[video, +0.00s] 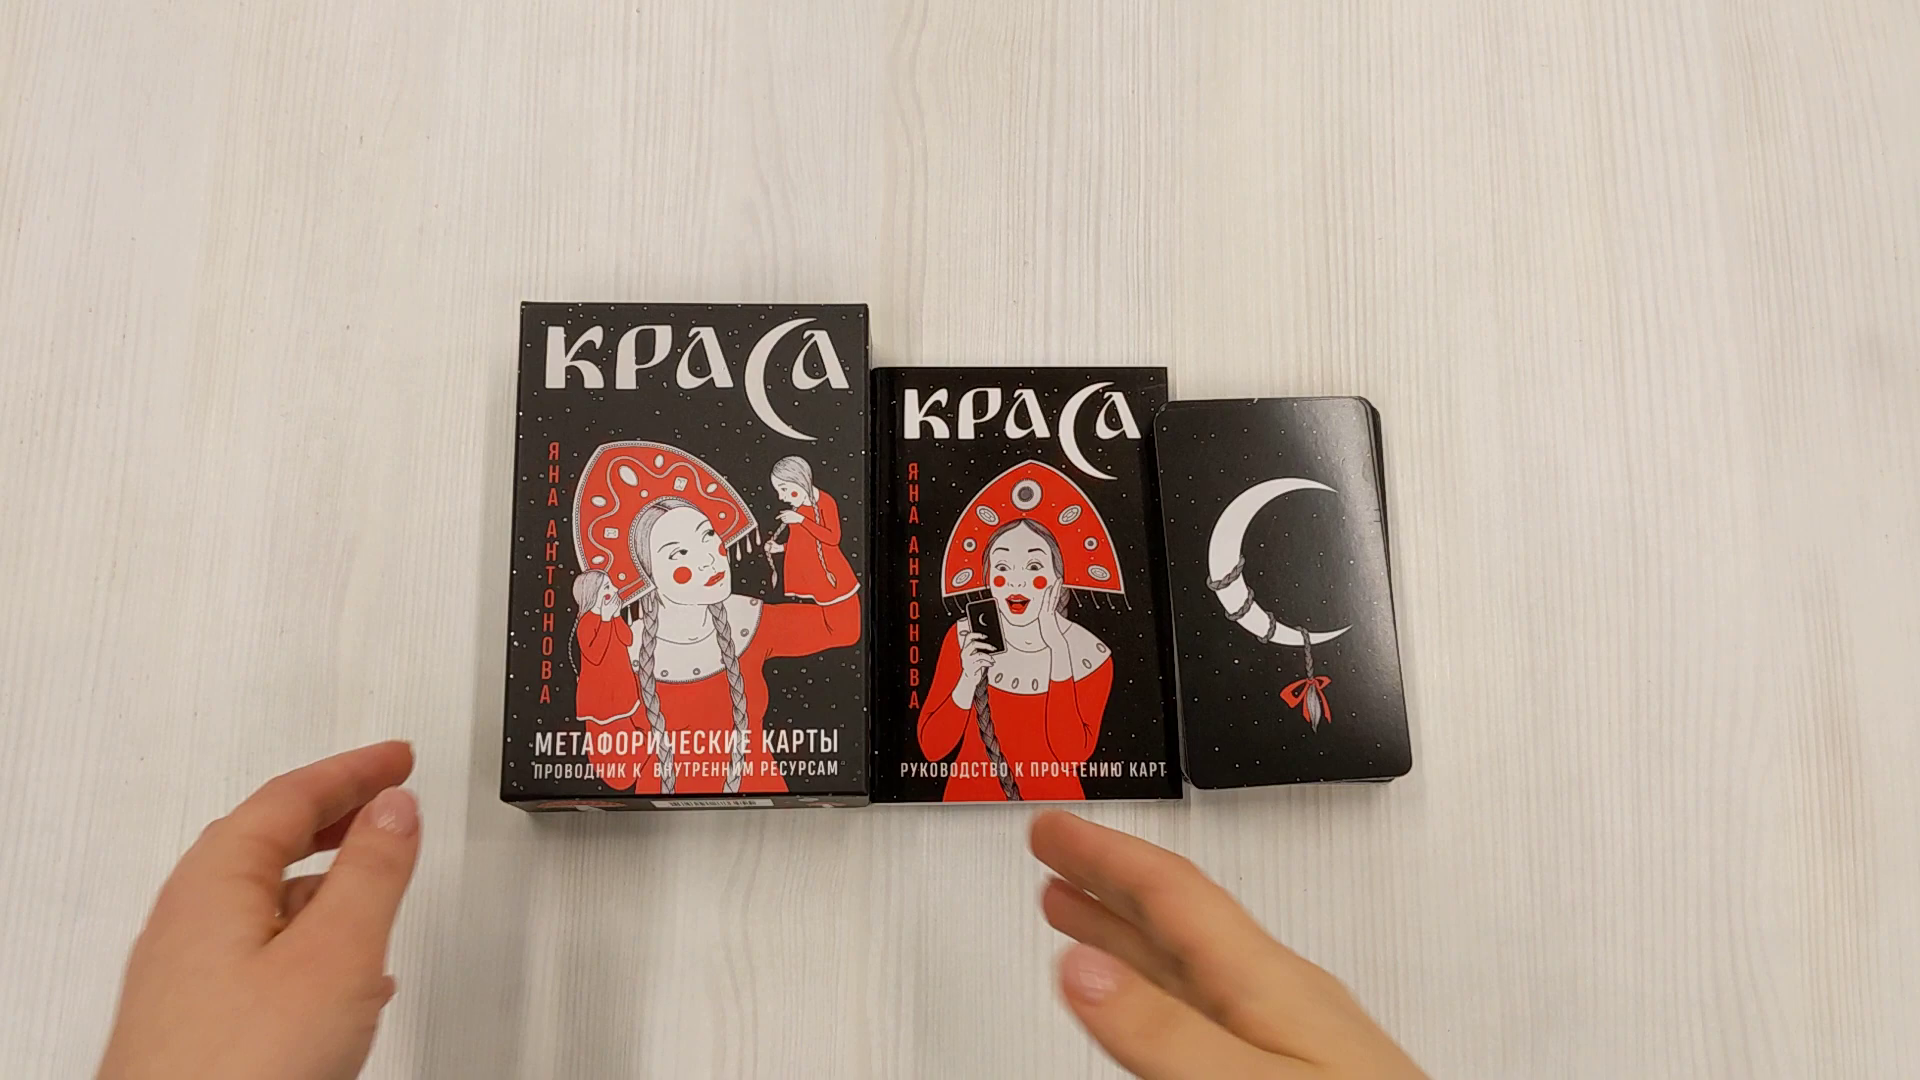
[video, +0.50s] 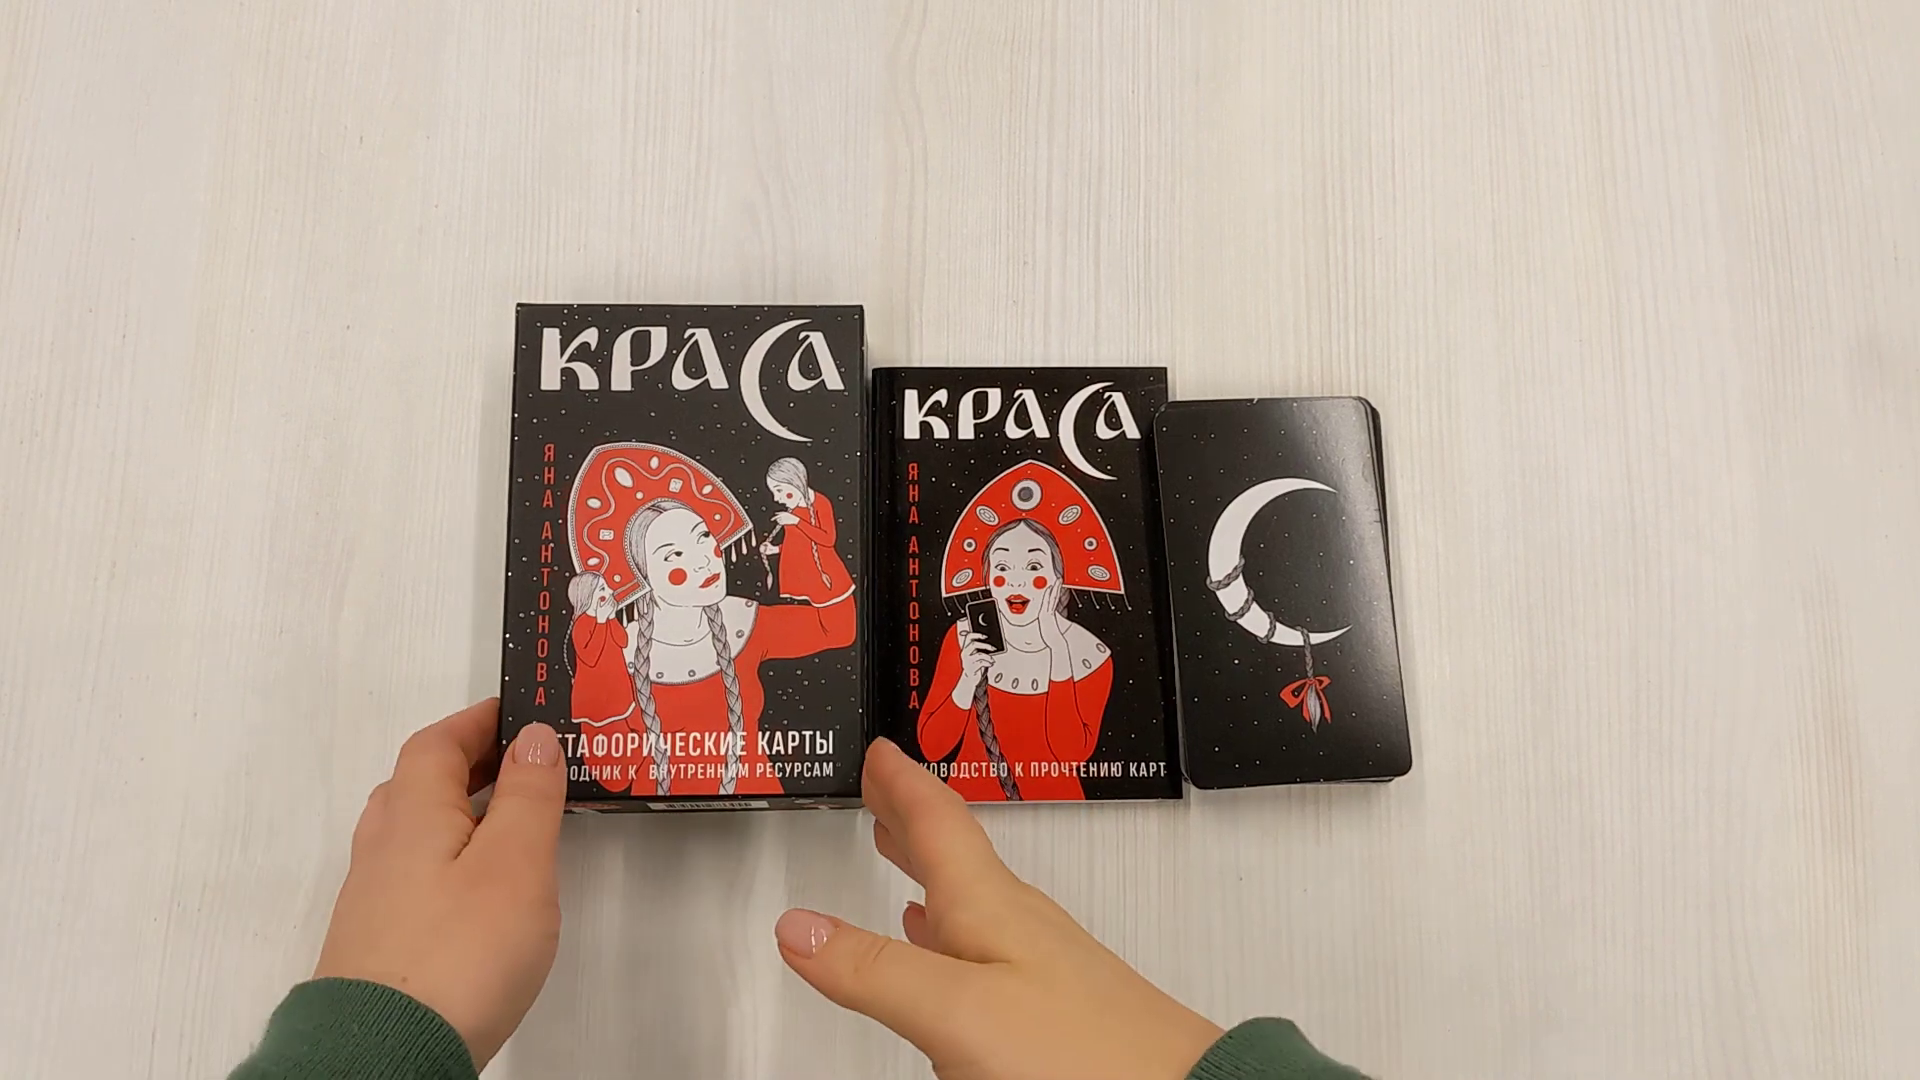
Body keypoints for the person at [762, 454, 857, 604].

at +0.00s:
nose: (781, 497)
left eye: (783, 489)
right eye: (778, 491)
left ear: (799, 481)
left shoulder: (825, 502)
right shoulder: (799, 506)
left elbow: (833, 538)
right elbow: (803, 541)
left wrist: (801, 519)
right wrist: (780, 548)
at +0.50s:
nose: (776, 498)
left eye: (779, 490)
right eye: (774, 493)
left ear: (794, 482)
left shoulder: (821, 503)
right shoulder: (793, 508)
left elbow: (829, 539)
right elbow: (798, 543)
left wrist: (797, 521)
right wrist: (776, 549)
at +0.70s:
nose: (773, 493)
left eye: (775, 484)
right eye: (770, 487)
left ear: (791, 476)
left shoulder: (818, 497)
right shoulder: (790, 502)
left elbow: (826, 532)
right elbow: (795, 537)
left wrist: (794, 515)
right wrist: (773, 543)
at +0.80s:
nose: (770, 469)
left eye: (772, 461)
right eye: (767, 464)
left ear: (788, 453)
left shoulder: (815, 472)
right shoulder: (786, 479)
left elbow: (824, 507)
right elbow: (793, 513)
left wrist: (792, 490)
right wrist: (771, 519)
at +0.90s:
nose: (764, 444)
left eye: (766, 436)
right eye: (761, 439)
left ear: (782, 428)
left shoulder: (810, 446)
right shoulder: (781, 453)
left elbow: (819, 479)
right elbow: (788, 485)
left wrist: (786, 464)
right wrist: (766, 492)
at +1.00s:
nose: (756, 437)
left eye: (759, 430)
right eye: (754, 432)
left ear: (774, 422)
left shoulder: (802, 440)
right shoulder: (775, 447)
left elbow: (811, 472)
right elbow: (778, 479)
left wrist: (778, 457)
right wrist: (756, 484)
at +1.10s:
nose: (751, 434)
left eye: (754, 427)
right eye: (749, 429)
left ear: (769, 419)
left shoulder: (798, 437)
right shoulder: (770, 444)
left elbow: (807, 468)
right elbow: (774, 474)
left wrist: (773, 453)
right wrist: (751, 479)